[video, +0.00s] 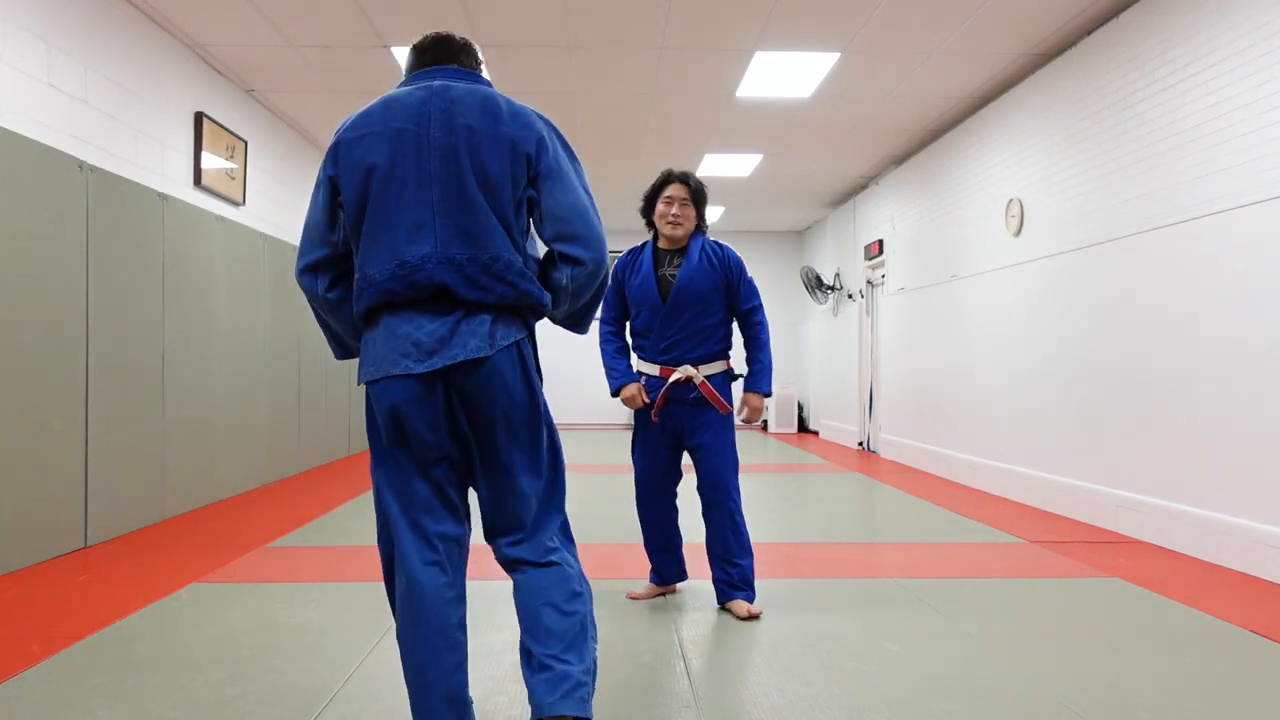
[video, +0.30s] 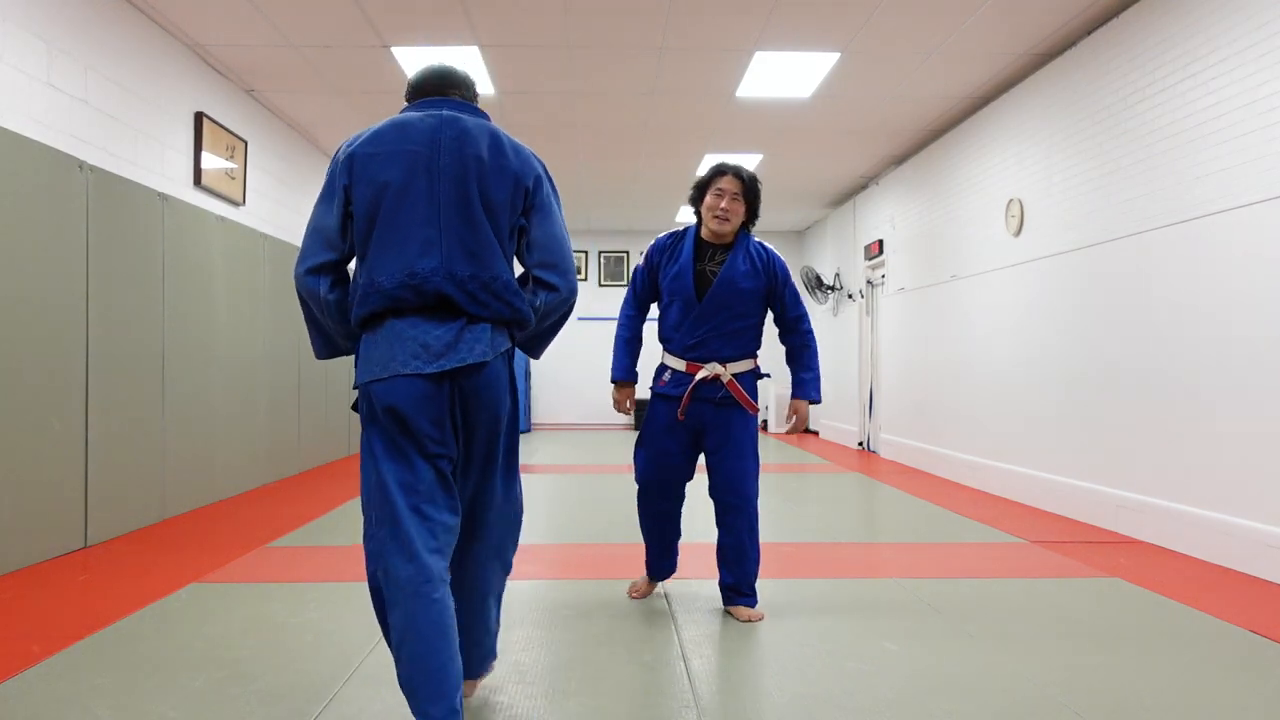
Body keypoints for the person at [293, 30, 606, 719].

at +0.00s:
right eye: (480, 73)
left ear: (408, 76)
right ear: (479, 74)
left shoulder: (356, 132)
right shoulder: (520, 121)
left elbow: (317, 263)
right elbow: (584, 249)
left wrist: (366, 337)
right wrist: (544, 307)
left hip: (395, 363)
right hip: (495, 354)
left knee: (421, 554)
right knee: (536, 539)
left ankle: (440, 714)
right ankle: (563, 707)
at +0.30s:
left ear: (408, 103)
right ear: (477, 105)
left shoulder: (360, 150)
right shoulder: (516, 157)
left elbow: (315, 269)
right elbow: (557, 277)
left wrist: (362, 335)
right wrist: (514, 337)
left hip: (397, 360)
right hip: (490, 359)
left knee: (410, 530)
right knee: (488, 514)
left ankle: (436, 706)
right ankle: (471, 664)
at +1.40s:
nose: (471, 183)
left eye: (476, 173)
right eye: (471, 169)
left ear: (435, 156)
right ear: (442, 155)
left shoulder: (380, 198)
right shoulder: (417, 197)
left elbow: (358, 293)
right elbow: (442, 286)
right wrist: (473, 318)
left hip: (367, 364)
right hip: (416, 363)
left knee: (385, 493)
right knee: (469, 489)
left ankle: (371, 628)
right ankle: (434, 624)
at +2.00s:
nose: (498, 188)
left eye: (504, 178)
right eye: (496, 175)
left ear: (470, 167)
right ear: (464, 161)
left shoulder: (461, 210)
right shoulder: (427, 198)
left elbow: (468, 281)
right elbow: (409, 266)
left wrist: (487, 326)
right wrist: (460, 310)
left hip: (451, 366)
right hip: (420, 366)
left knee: (474, 470)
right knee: (436, 484)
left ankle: (411, 577)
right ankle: (421, 627)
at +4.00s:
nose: (473, 160)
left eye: (480, 151)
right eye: (461, 150)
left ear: (487, 158)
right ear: (437, 156)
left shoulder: (501, 217)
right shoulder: (414, 225)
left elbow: (529, 266)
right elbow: (412, 308)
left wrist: (509, 306)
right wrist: (450, 372)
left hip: (483, 370)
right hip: (426, 373)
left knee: (492, 488)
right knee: (422, 496)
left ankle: (500, 598)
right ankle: (421, 617)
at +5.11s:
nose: (518, 170)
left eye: (527, 165)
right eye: (511, 159)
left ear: (531, 174)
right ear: (487, 159)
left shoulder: (531, 232)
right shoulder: (437, 208)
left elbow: (530, 311)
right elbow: (367, 259)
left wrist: (478, 348)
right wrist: (401, 311)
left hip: (498, 374)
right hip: (439, 370)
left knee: (498, 486)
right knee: (430, 489)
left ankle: (500, 598)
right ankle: (423, 614)